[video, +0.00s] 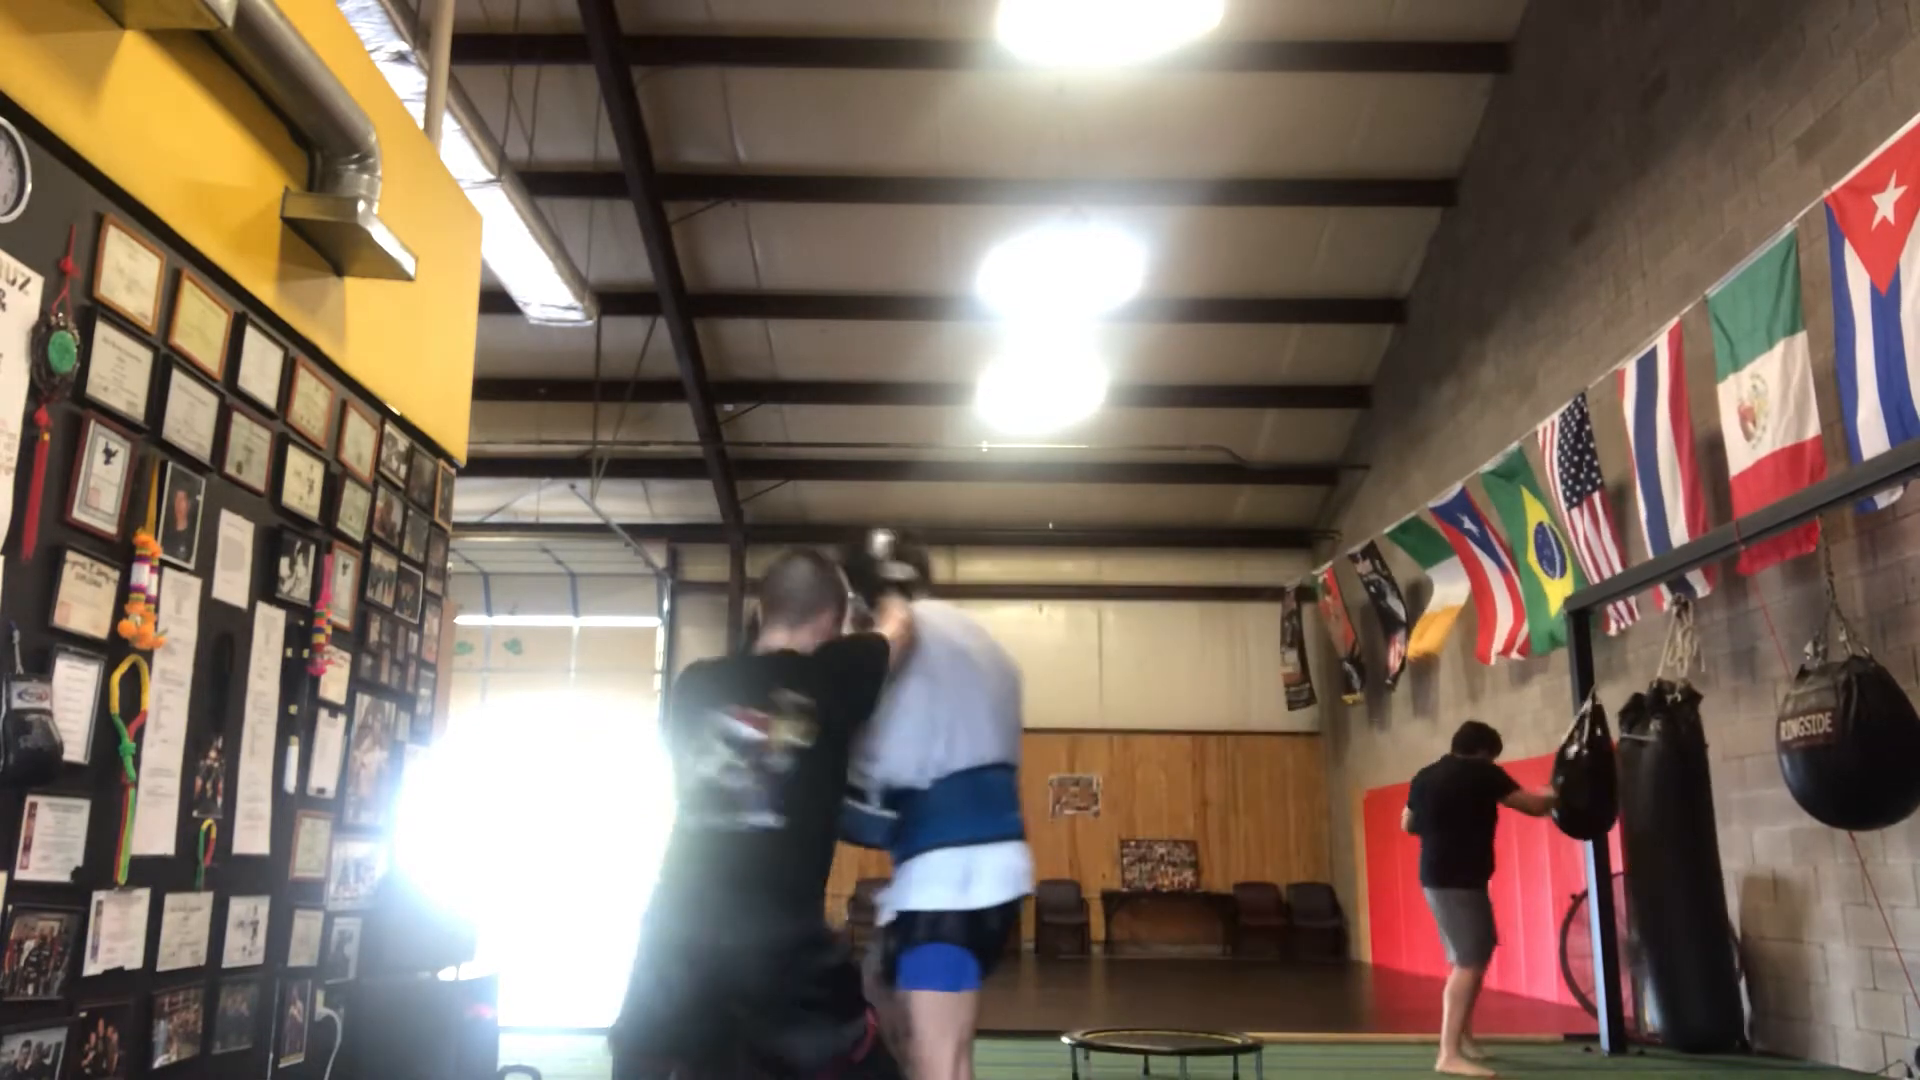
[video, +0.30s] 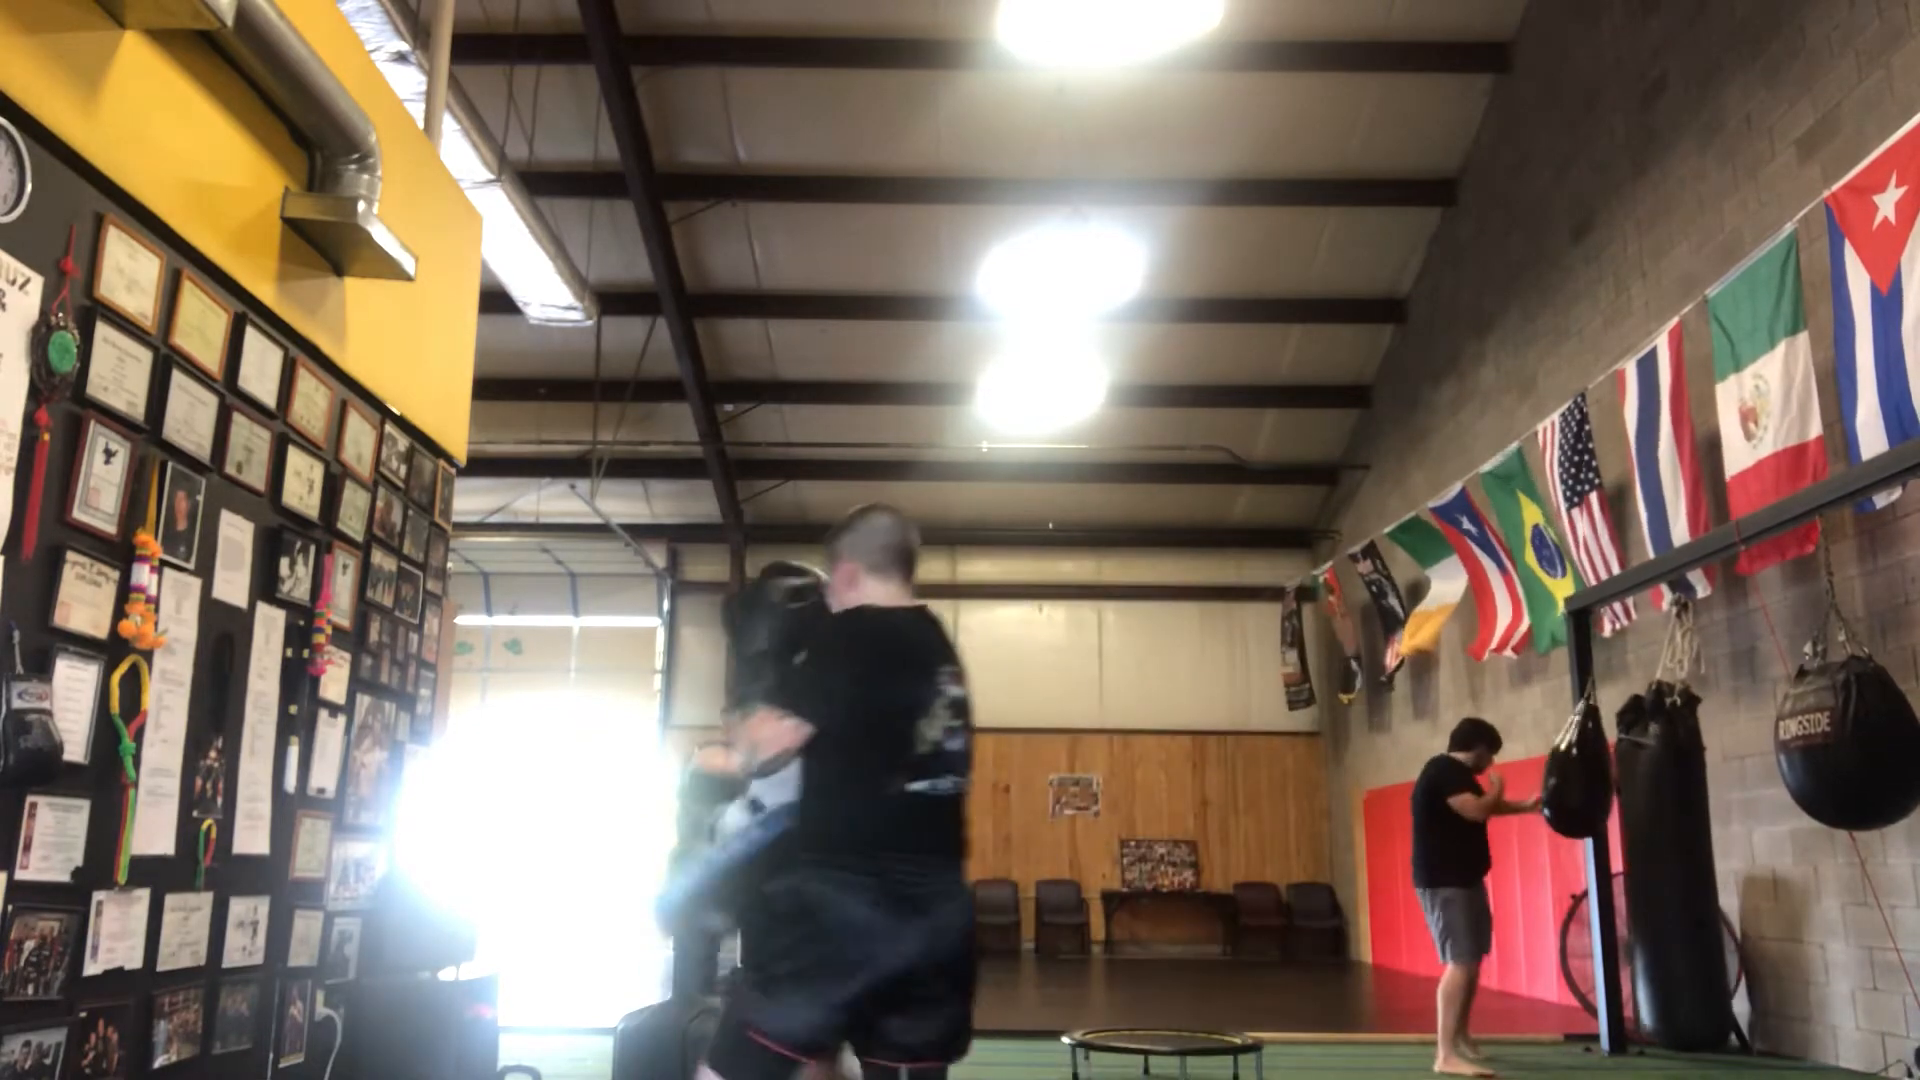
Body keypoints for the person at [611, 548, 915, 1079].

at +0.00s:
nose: (834, 630)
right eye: (837, 619)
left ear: (761, 609)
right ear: (830, 618)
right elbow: (896, 628)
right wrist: (890, 594)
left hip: (677, 951)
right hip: (782, 952)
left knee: (643, 1066)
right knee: (860, 1065)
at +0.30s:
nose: (827, 586)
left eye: (830, 572)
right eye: (829, 572)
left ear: (847, 570)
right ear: (906, 568)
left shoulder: (852, 637)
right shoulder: (935, 639)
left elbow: (769, 738)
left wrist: (730, 750)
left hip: (836, 900)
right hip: (930, 899)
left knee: (739, 1066)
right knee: (910, 1068)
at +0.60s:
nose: (895, 572)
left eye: (895, 556)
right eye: (892, 558)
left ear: (919, 546)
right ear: (968, 542)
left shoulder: (942, 615)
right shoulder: (1012, 623)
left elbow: (849, 745)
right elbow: (960, 721)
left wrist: (812, 698)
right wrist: (906, 632)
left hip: (945, 910)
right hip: (1002, 905)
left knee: (925, 1065)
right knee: (970, 1066)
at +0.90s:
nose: (955, 536)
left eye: (958, 517)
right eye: (955, 521)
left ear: (986, 504)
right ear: (1047, 505)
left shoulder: (991, 564)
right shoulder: (1093, 583)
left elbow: (850, 665)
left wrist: (857, 563)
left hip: (1031, 895)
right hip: (1104, 887)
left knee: (1001, 1066)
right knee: (1055, 1067)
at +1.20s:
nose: (1070, 565)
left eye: (1074, 545)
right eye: (1070, 548)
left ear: (1108, 534)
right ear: (1155, 537)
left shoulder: (1124, 606)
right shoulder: (1204, 620)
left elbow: (1053, 751)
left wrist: (992, 672)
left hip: (1127, 927)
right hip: (1194, 921)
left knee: (1076, 1066)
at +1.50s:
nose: (1168, 582)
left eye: (1172, 562)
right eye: (1167, 566)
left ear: (1214, 553)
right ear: (1220, 553)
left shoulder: (1266, 617)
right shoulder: (1256, 626)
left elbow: (1209, 764)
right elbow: (1179, 773)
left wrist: (1144, 669)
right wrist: (1133, 669)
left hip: (1300, 925)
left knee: (1248, 1064)